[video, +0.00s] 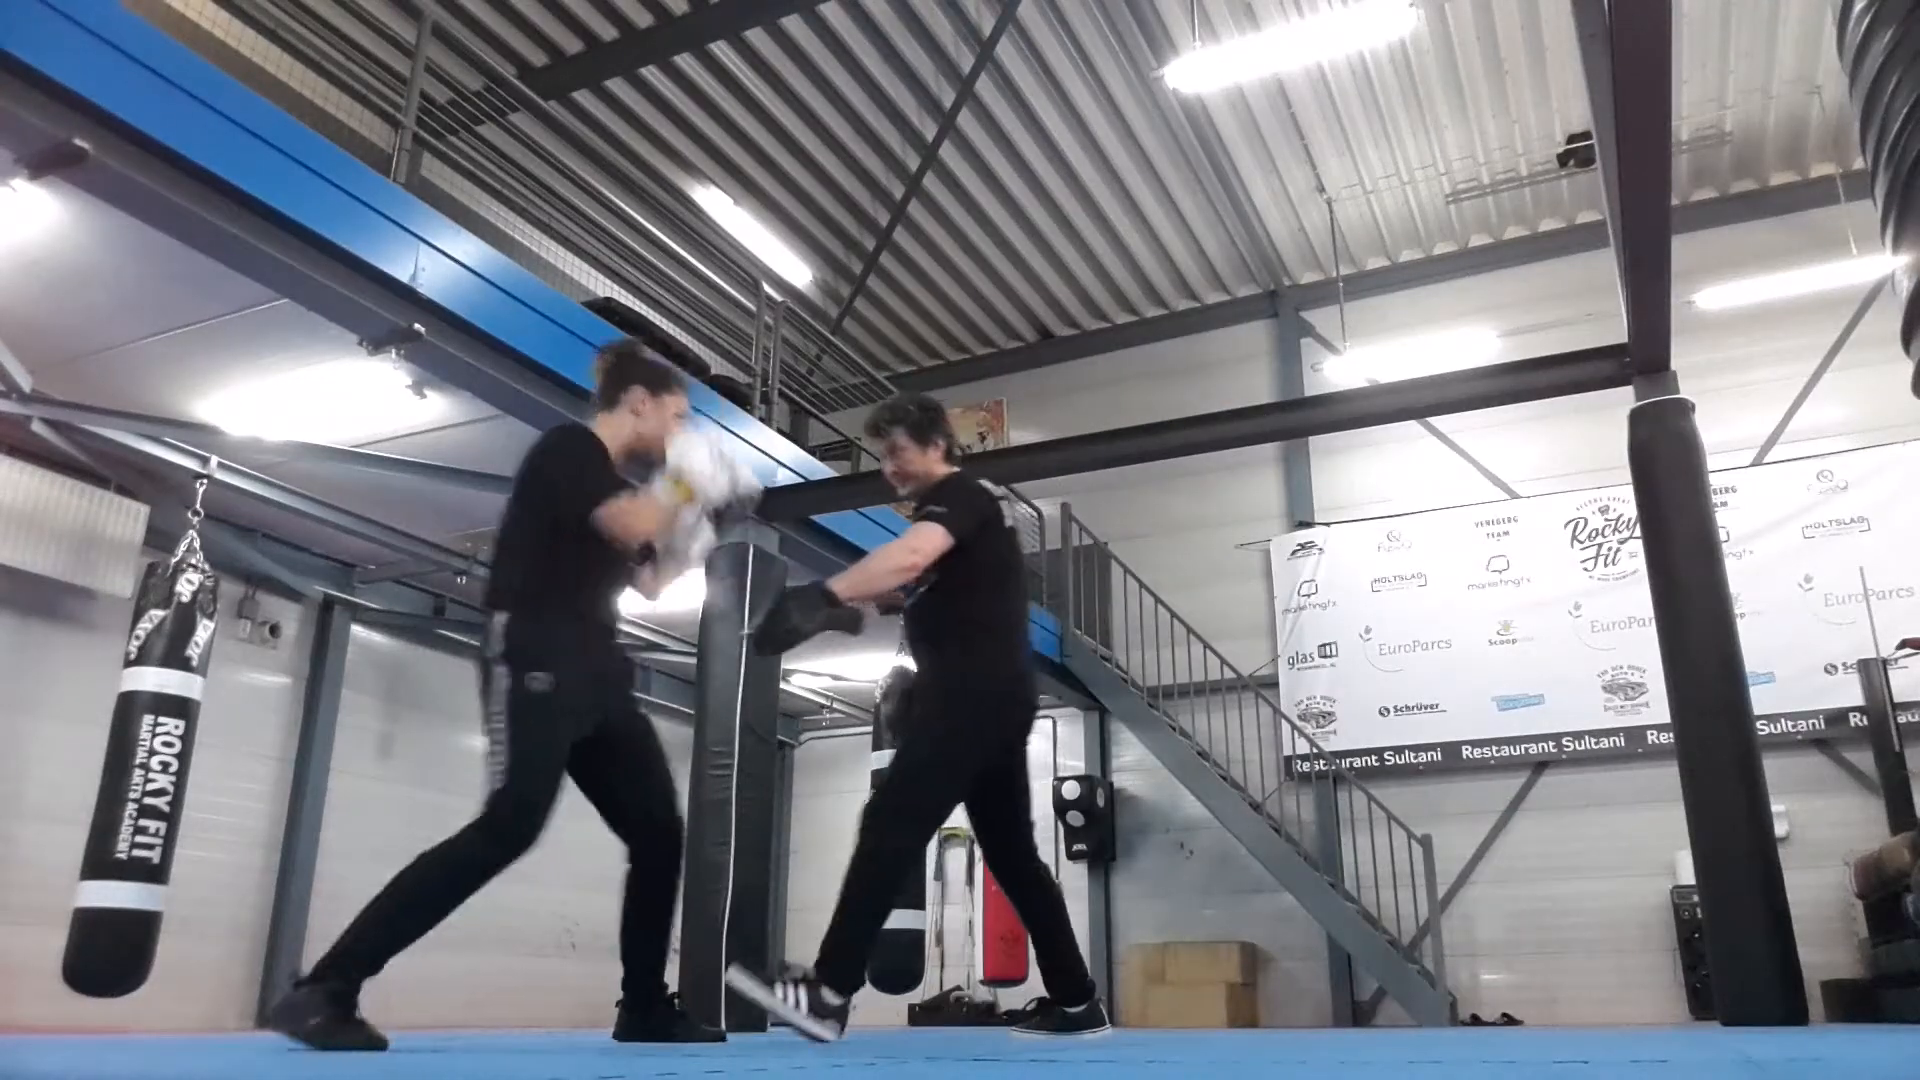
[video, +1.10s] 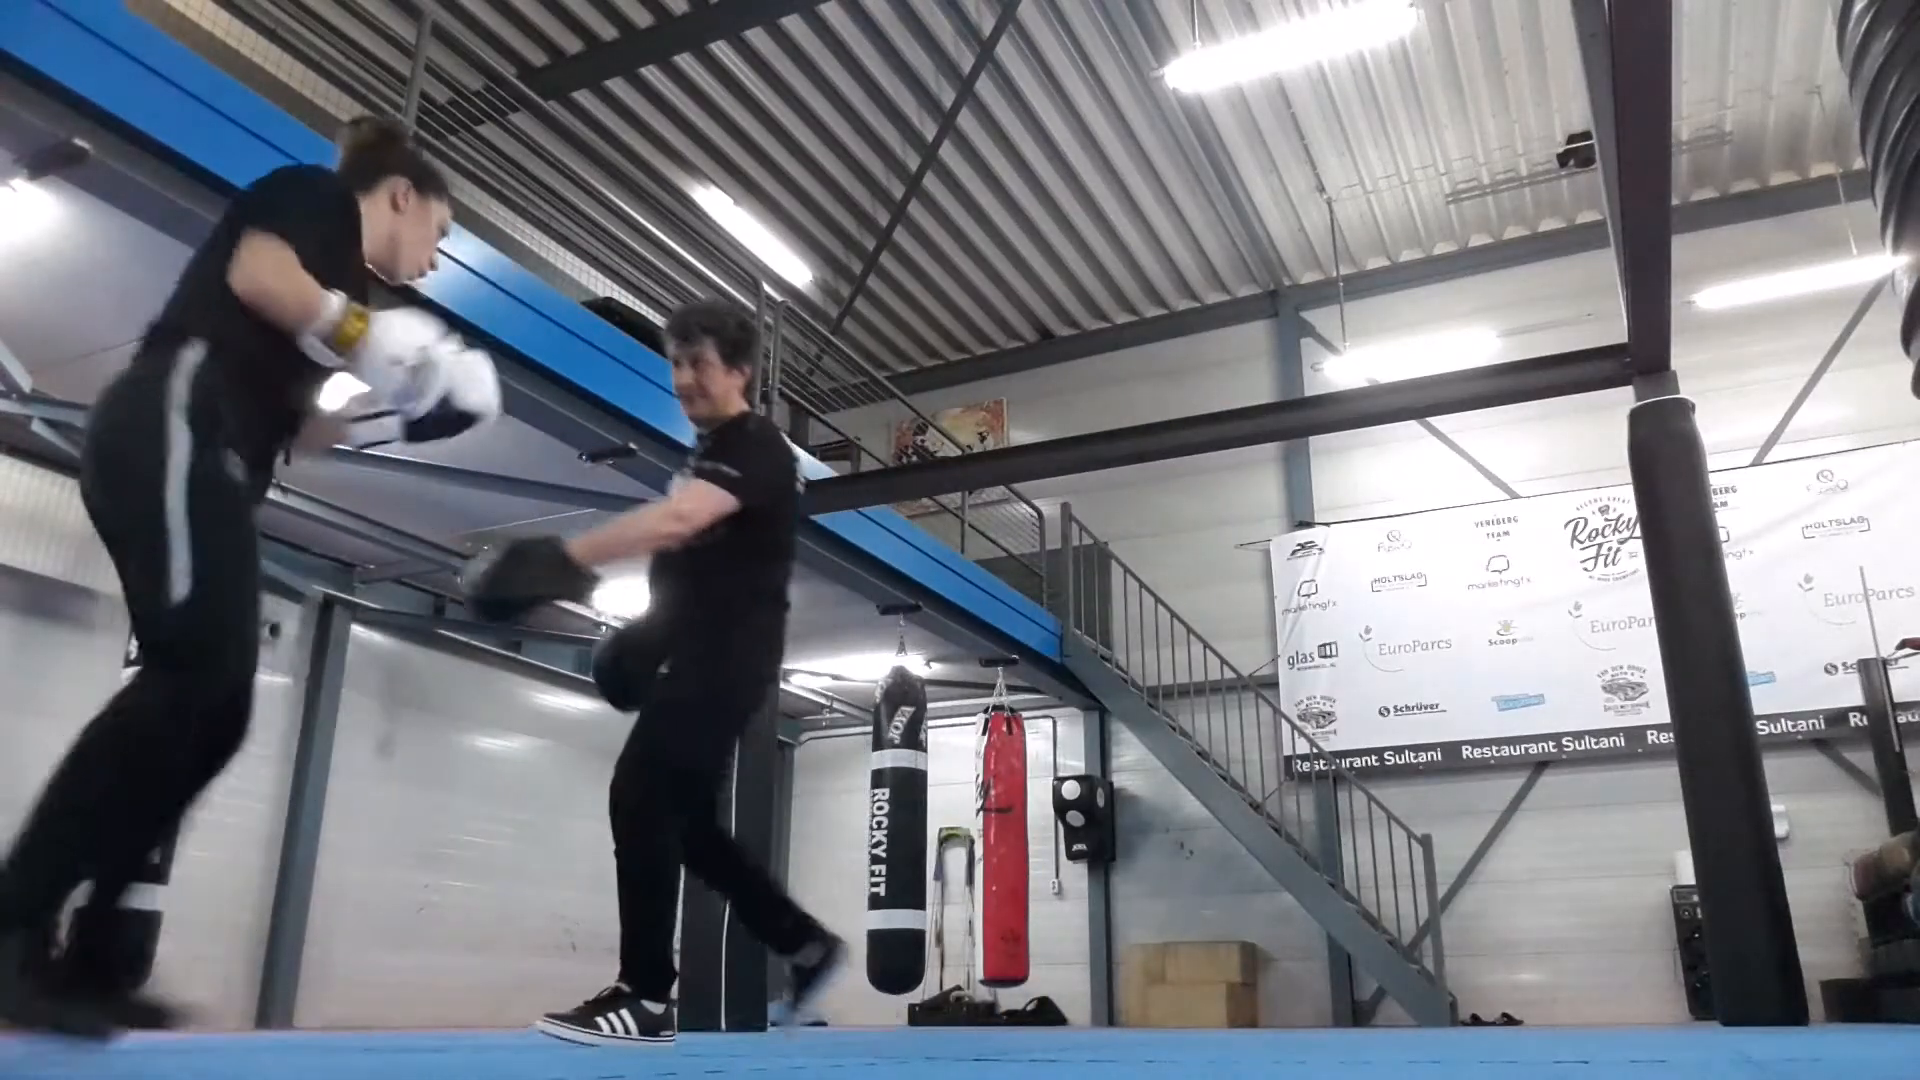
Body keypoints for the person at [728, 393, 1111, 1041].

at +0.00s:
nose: (888, 468)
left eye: (897, 452)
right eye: (883, 456)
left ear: (935, 445)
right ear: (931, 453)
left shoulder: (962, 494)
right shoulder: (959, 511)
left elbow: (911, 556)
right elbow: (911, 587)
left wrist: (819, 595)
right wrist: (852, 606)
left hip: (966, 697)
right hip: (994, 698)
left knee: (890, 830)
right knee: (1012, 855)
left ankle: (829, 991)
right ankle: (1075, 1000)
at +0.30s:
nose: (821, 429)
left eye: (829, 413)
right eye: (817, 416)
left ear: (870, 410)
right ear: (867, 418)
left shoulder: (891, 468)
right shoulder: (894, 475)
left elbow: (849, 541)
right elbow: (896, 597)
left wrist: (764, 590)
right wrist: (836, 669)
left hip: (889, 673)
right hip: (903, 673)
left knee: (819, 819)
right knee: (898, 835)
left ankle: (807, 1001)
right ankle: (999, 961)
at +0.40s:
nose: (810, 421)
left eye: (819, 405)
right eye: (806, 408)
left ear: (861, 400)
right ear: (836, 407)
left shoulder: (882, 459)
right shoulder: (870, 474)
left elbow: (835, 526)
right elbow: (870, 588)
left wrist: (747, 559)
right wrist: (814, 656)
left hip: (881, 667)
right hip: (873, 667)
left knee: (822, 813)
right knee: (855, 821)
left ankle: (808, 1001)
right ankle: (919, 978)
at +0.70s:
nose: (776, 435)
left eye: (786, 420)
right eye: (769, 424)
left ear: (824, 418)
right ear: (767, 429)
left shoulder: (850, 478)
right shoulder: (807, 497)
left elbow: (837, 551)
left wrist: (764, 614)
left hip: (829, 680)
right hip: (818, 683)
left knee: (726, 779)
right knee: (809, 843)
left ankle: (748, 973)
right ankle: (874, 997)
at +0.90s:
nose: (732, 412)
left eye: (745, 397)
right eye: (726, 400)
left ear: (787, 401)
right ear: (726, 406)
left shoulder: (803, 469)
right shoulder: (762, 483)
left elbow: (765, 535)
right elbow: (765, 599)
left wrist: (679, 572)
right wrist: (701, 651)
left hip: (778, 687)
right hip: (766, 687)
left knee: (689, 806)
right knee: (807, 844)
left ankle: (651, 993)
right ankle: (875, 995)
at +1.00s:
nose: (706, 403)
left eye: (720, 389)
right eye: (700, 391)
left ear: (765, 393)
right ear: (702, 395)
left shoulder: (775, 462)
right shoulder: (748, 473)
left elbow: (716, 533)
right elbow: (734, 600)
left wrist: (609, 568)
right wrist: (667, 653)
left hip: (738, 688)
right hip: (741, 688)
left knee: (648, 806)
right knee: (764, 845)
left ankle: (642, 998)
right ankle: (860, 982)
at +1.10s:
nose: (682, 379)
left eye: (696, 364)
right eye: (677, 366)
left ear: (739, 369)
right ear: (679, 371)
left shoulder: (754, 445)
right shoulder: (722, 452)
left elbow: (678, 520)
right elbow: (713, 578)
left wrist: (566, 557)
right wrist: (652, 638)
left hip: (722, 662)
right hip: (702, 661)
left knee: (640, 797)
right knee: (688, 824)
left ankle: (646, 998)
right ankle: (808, 948)